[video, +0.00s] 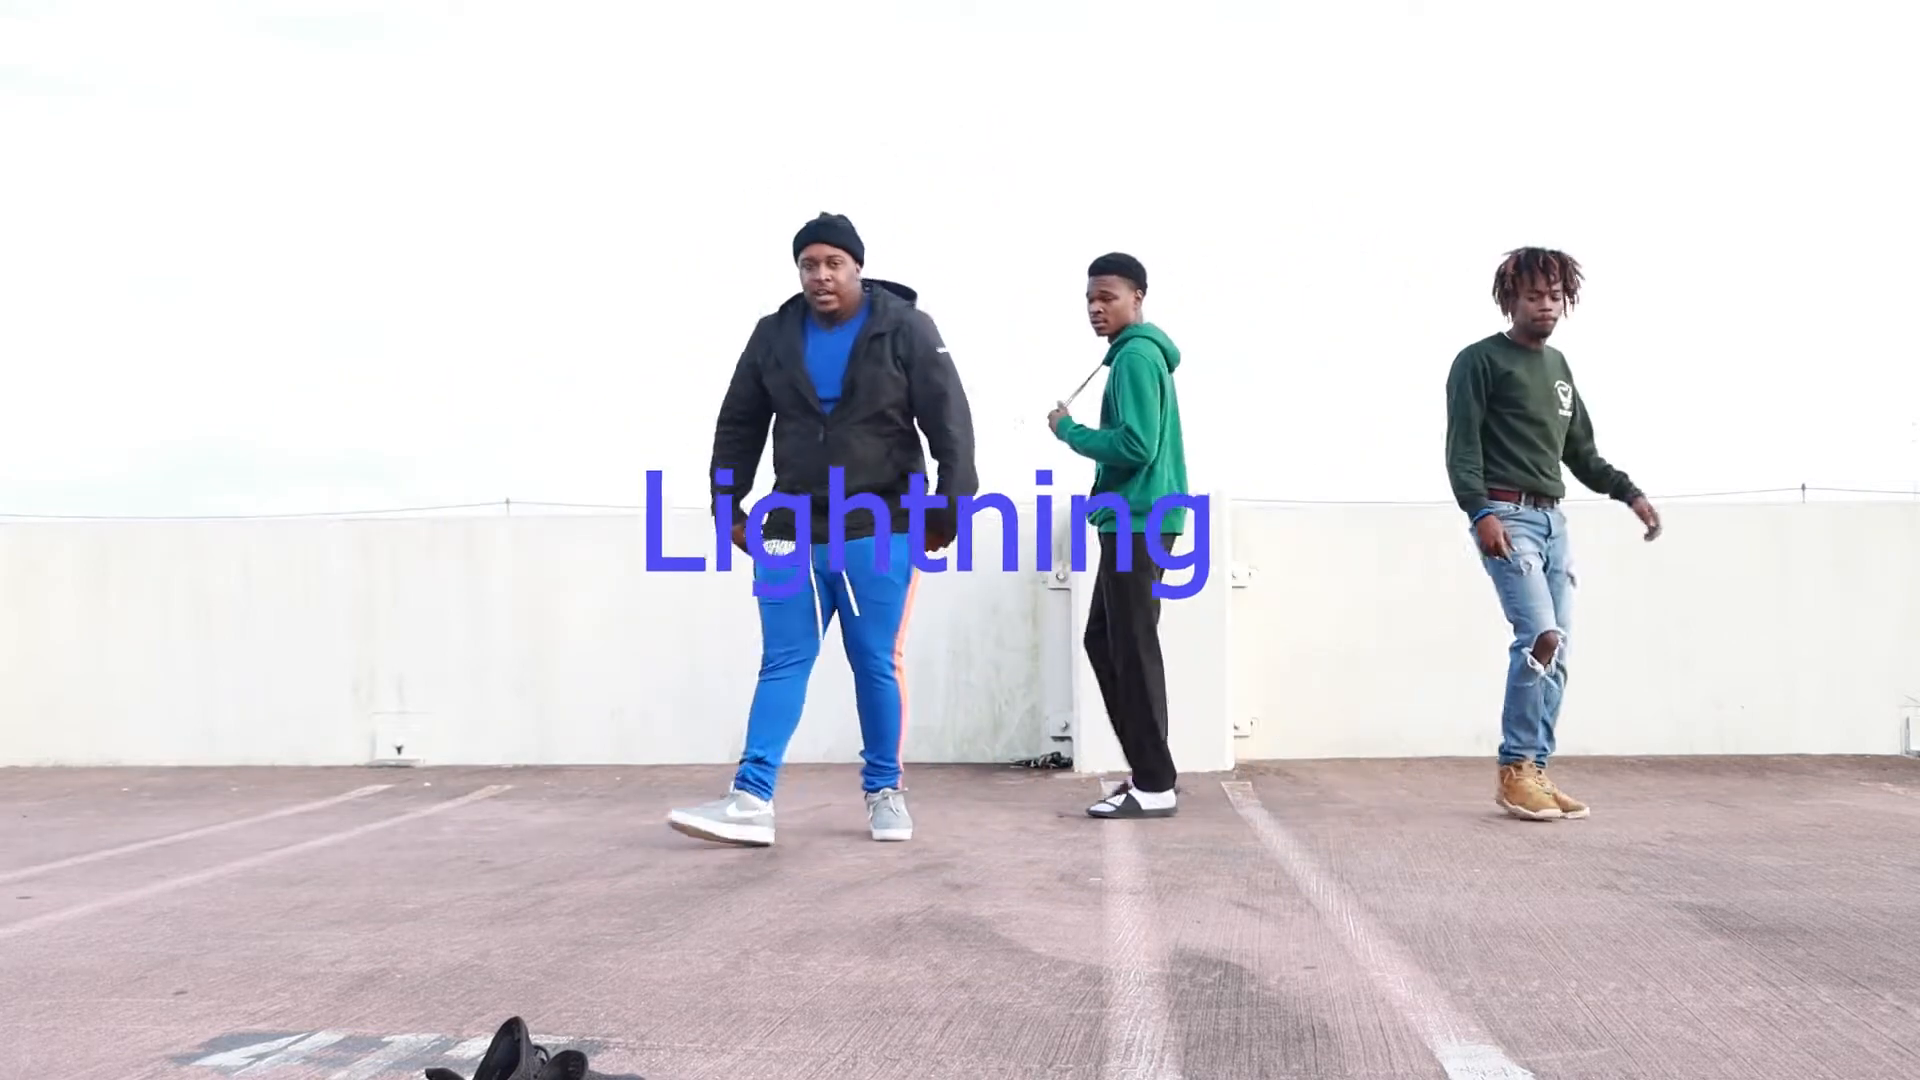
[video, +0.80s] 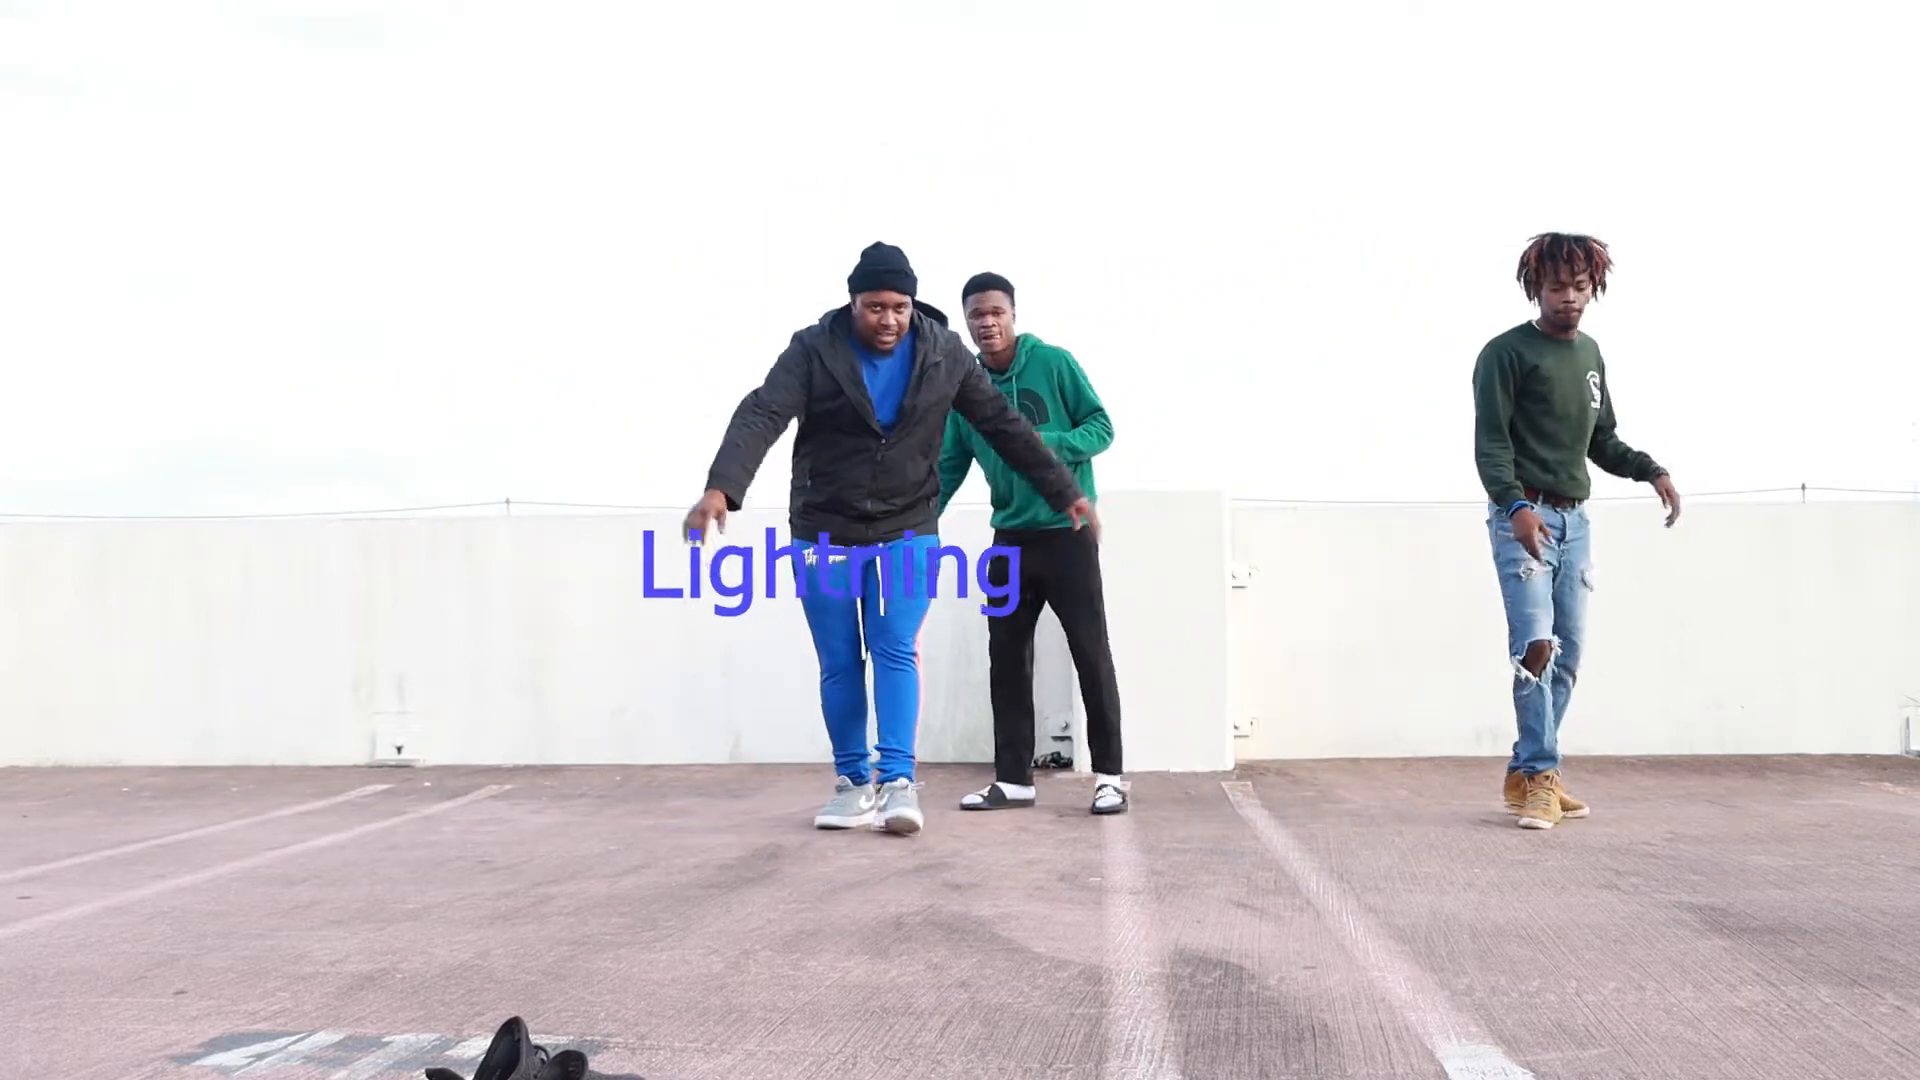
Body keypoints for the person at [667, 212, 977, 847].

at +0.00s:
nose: (820, 277)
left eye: (833, 264)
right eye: (809, 266)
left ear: (859, 267)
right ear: (799, 274)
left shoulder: (904, 328)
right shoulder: (774, 334)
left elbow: (950, 417)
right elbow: (739, 422)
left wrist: (953, 503)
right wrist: (727, 501)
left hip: (879, 521)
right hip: (792, 524)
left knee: (875, 661)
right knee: (782, 660)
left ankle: (884, 791)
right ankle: (752, 797)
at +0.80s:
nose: (887, 319)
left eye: (898, 307)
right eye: (875, 307)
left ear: (912, 303)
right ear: (852, 301)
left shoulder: (943, 352)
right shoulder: (814, 351)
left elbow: (1001, 420)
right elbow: (762, 413)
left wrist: (1065, 490)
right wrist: (722, 487)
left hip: (906, 528)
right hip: (825, 530)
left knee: (895, 649)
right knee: (839, 663)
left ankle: (896, 784)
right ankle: (852, 784)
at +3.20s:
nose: (900, 277)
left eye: (909, 266)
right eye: (887, 268)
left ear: (925, 265)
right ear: (864, 270)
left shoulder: (957, 313)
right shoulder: (835, 317)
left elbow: (974, 391)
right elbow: (817, 389)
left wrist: (938, 319)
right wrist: (894, 366)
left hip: (930, 513)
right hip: (845, 517)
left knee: (924, 656)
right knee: (856, 661)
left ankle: (925, 794)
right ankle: (868, 786)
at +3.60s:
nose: (868, 290)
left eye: (878, 277)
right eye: (855, 280)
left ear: (897, 273)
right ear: (838, 279)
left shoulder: (929, 318)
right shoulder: (812, 327)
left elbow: (941, 386)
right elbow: (781, 402)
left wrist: (862, 339)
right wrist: (847, 371)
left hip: (905, 508)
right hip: (826, 516)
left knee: (897, 643)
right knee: (849, 659)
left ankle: (908, 784)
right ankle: (867, 787)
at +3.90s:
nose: (873, 290)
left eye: (885, 279)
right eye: (862, 278)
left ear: (907, 277)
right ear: (846, 276)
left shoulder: (935, 325)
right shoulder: (814, 327)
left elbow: (945, 402)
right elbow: (778, 406)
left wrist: (874, 348)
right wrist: (852, 385)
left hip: (907, 516)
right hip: (824, 521)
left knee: (896, 650)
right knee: (846, 660)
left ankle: (900, 792)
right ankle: (866, 789)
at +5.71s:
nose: (827, 196)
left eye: (838, 182)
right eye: (826, 184)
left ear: (885, 180)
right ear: (872, 185)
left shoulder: (913, 234)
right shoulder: (867, 255)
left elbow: (861, 338)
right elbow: (852, 379)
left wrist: (759, 355)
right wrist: (775, 364)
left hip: (925, 479)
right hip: (862, 486)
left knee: (908, 657)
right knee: (801, 632)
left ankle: (949, 842)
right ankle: (879, 796)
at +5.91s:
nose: (817, 195)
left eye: (827, 181)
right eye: (819, 182)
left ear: (864, 182)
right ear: (876, 185)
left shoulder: (864, 237)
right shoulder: (902, 246)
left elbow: (808, 342)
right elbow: (881, 370)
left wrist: (740, 364)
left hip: (895, 481)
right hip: (870, 484)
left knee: (880, 659)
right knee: (816, 651)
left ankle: (946, 845)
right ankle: (794, 827)